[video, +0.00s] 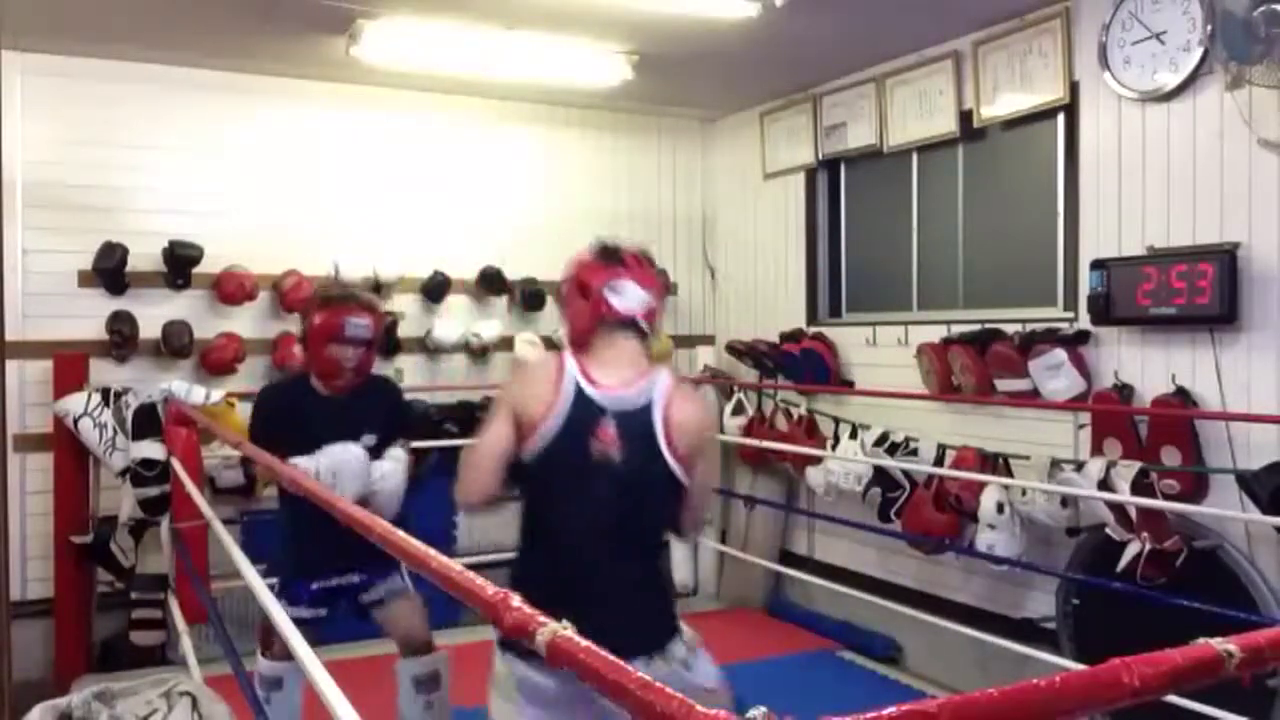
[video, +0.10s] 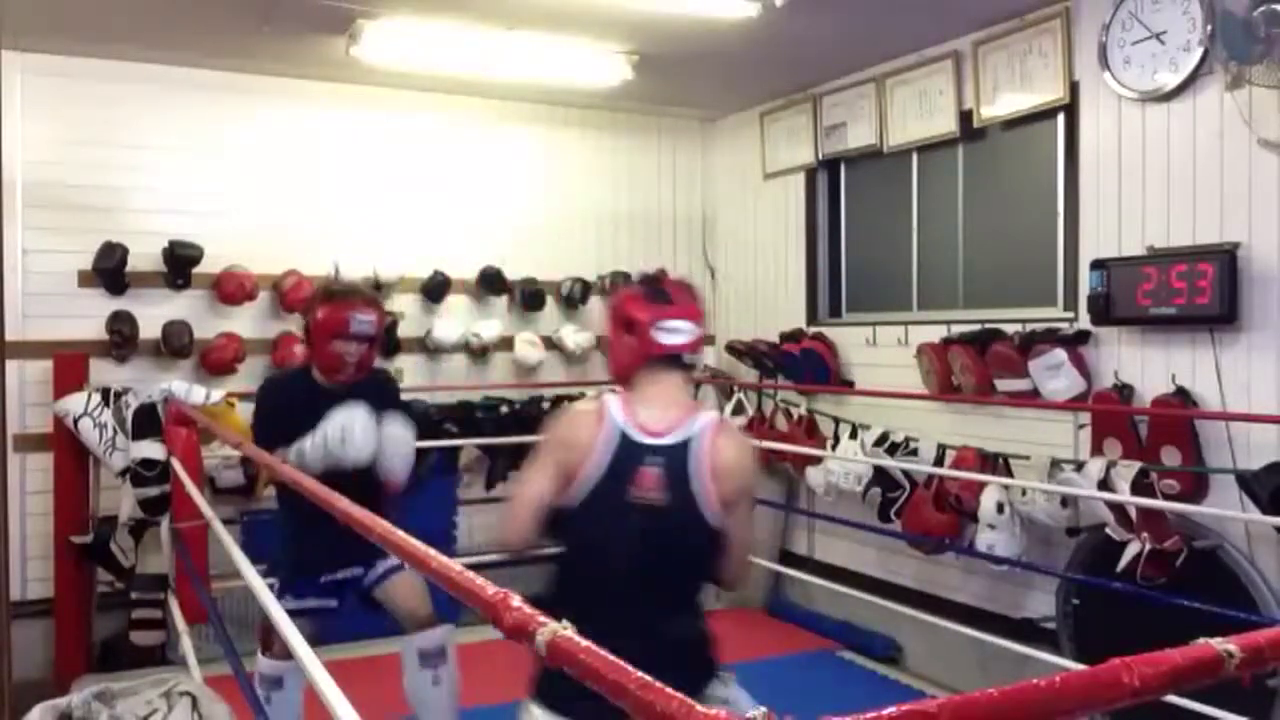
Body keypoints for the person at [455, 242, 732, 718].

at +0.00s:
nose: (564, 315)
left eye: (568, 301)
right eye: (565, 302)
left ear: (586, 307)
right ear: (649, 317)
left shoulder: (535, 382)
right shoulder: (688, 406)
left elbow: (472, 488)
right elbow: (689, 520)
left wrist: (536, 464)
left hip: (539, 642)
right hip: (643, 647)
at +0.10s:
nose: (608, 346)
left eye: (612, 335)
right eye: (611, 334)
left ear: (626, 342)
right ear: (692, 345)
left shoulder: (579, 425)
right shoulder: (728, 447)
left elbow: (515, 533)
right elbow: (731, 572)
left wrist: (578, 513)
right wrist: (676, 529)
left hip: (577, 677)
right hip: (677, 681)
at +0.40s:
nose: (730, 282)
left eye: (731, 266)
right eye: (727, 268)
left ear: (760, 262)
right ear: (802, 255)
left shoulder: (764, 338)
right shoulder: (875, 334)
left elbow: (755, 455)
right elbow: (906, 443)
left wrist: (713, 419)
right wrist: (833, 420)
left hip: (787, 574)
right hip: (869, 565)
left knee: (751, 704)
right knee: (869, 706)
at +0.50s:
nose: (772, 300)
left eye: (774, 284)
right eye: (770, 285)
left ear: (802, 279)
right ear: (844, 272)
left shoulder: (798, 346)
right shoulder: (914, 345)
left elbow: (788, 459)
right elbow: (938, 451)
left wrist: (746, 428)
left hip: (832, 589)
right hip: (910, 578)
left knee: (825, 710)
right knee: (909, 710)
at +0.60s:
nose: (812, 332)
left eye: (815, 318)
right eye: (810, 318)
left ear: (844, 313)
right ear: (880, 306)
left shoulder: (837, 387)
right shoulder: (943, 380)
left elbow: (814, 499)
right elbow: (965, 490)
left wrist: (777, 458)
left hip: (872, 621)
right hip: (945, 609)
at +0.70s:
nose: (834, 338)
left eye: (836, 324)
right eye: (831, 325)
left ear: (869, 316)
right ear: (897, 310)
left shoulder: (882, 390)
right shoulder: (960, 375)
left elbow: (860, 503)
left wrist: (800, 475)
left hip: (903, 624)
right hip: (967, 613)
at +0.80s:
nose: (851, 325)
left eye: (853, 310)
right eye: (848, 312)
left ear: (885, 302)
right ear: (910, 298)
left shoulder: (910, 374)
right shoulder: (967, 363)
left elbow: (880, 486)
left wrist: (832, 449)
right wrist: (856, 437)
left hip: (921, 579)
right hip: (981, 575)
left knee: (823, 670)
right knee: (955, 699)